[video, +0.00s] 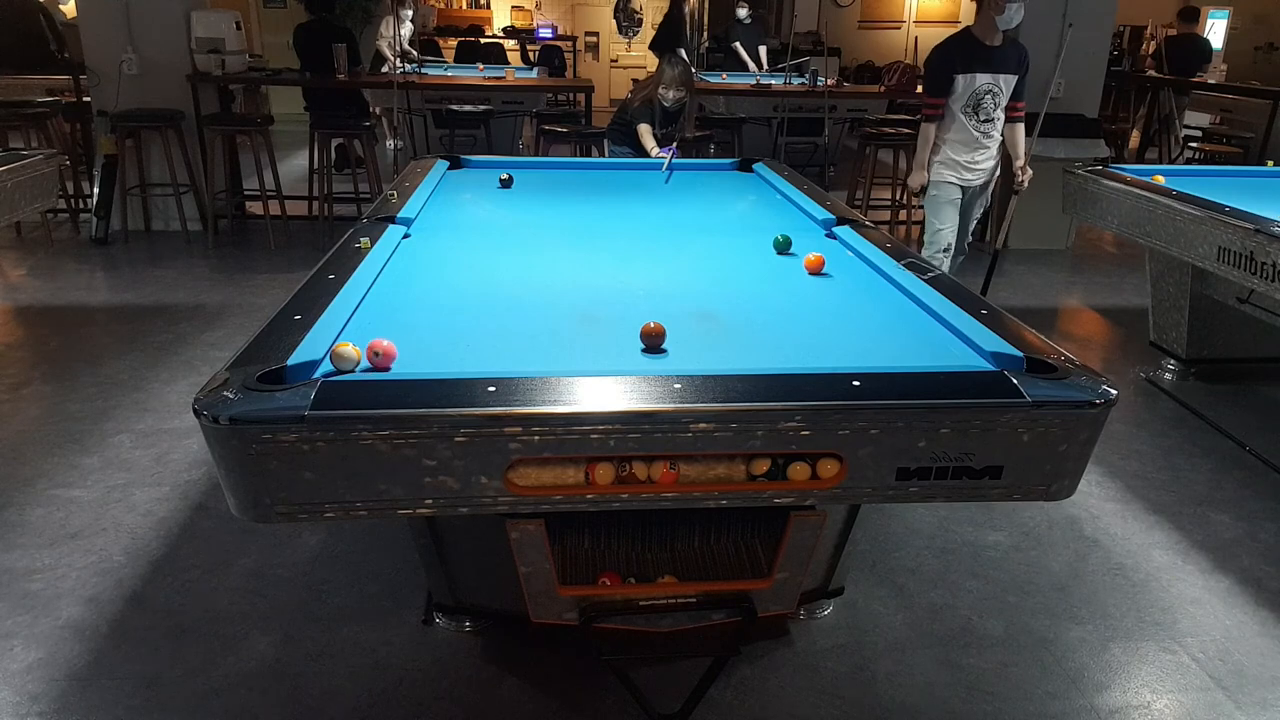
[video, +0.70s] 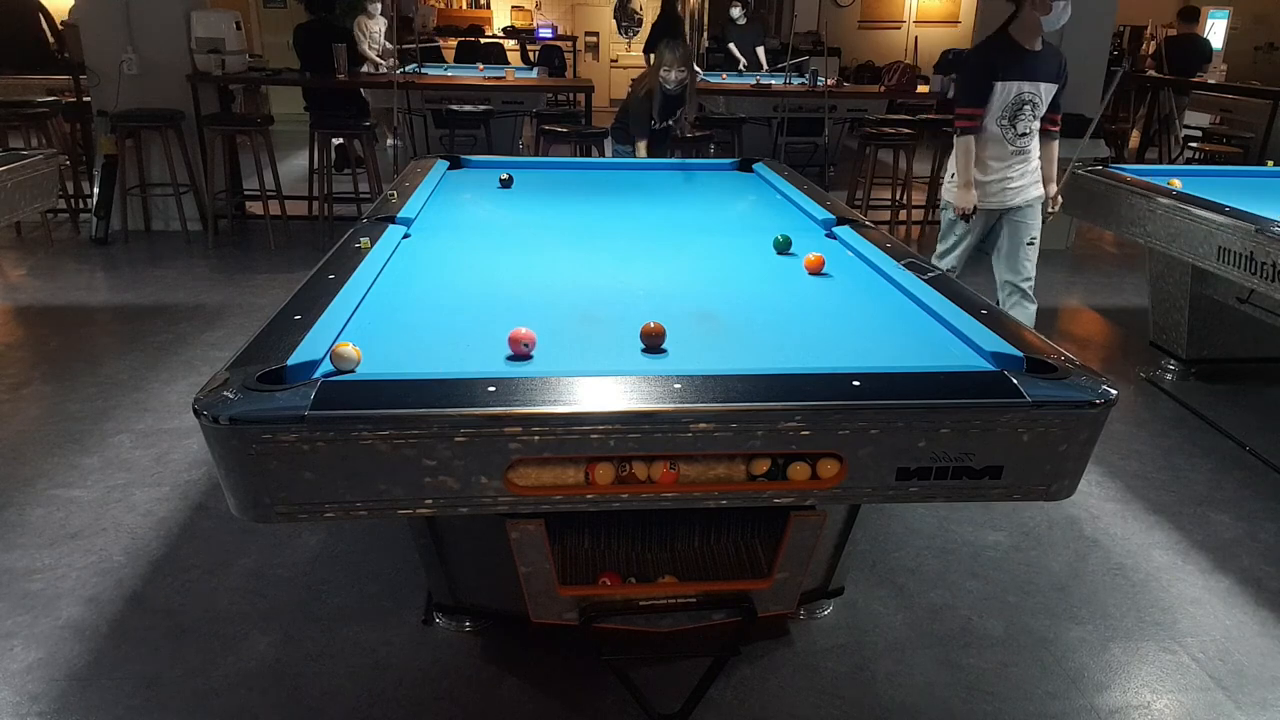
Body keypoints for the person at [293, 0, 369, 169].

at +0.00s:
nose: (302, 7)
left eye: (304, 5)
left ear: (307, 7)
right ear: (333, 7)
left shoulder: (300, 31)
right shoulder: (343, 31)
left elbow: (306, 64)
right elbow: (358, 72)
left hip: (315, 102)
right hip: (347, 103)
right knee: (362, 107)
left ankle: (352, 152)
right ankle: (345, 148)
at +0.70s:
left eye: (303, 5)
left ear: (307, 8)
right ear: (333, 7)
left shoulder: (300, 30)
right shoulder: (342, 30)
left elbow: (305, 61)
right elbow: (357, 61)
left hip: (314, 101)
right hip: (345, 101)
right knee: (362, 106)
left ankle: (350, 150)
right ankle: (343, 147)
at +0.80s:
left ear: (308, 8)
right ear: (335, 8)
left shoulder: (300, 31)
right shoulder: (344, 33)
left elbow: (305, 64)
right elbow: (355, 70)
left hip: (314, 102)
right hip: (346, 102)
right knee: (362, 107)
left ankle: (351, 150)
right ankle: (343, 147)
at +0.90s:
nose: (347, 10)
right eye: (344, 5)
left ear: (309, 8)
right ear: (337, 8)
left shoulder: (299, 31)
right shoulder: (344, 34)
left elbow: (305, 64)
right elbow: (355, 70)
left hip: (314, 102)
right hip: (345, 103)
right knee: (362, 106)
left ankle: (350, 150)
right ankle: (344, 147)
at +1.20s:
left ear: (308, 8)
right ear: (331, 8)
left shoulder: (300, 31)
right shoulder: (343, 32)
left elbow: (305, 65)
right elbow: (357, 71)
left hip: (315, 103)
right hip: (346, 104)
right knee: (362, 106)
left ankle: (351, 150)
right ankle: (345, 148)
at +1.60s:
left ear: (307, 8)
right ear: (332, 8)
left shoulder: (300, 31)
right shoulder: (343, 31)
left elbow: (303, 68)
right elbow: (356, 71)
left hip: (315, 103)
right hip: (346, 104)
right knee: (362, 106)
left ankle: (351, 151)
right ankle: (344, 148)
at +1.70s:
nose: (336, 7)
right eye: (333, 4)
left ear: (307, 8)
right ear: (331, 7)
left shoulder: (300, 30)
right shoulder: (342, 30)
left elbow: (295, 63)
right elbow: (355, 67)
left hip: (314, 102)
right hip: (346, 103)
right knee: (362, 107)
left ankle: (351, 151)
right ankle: (344, 148)